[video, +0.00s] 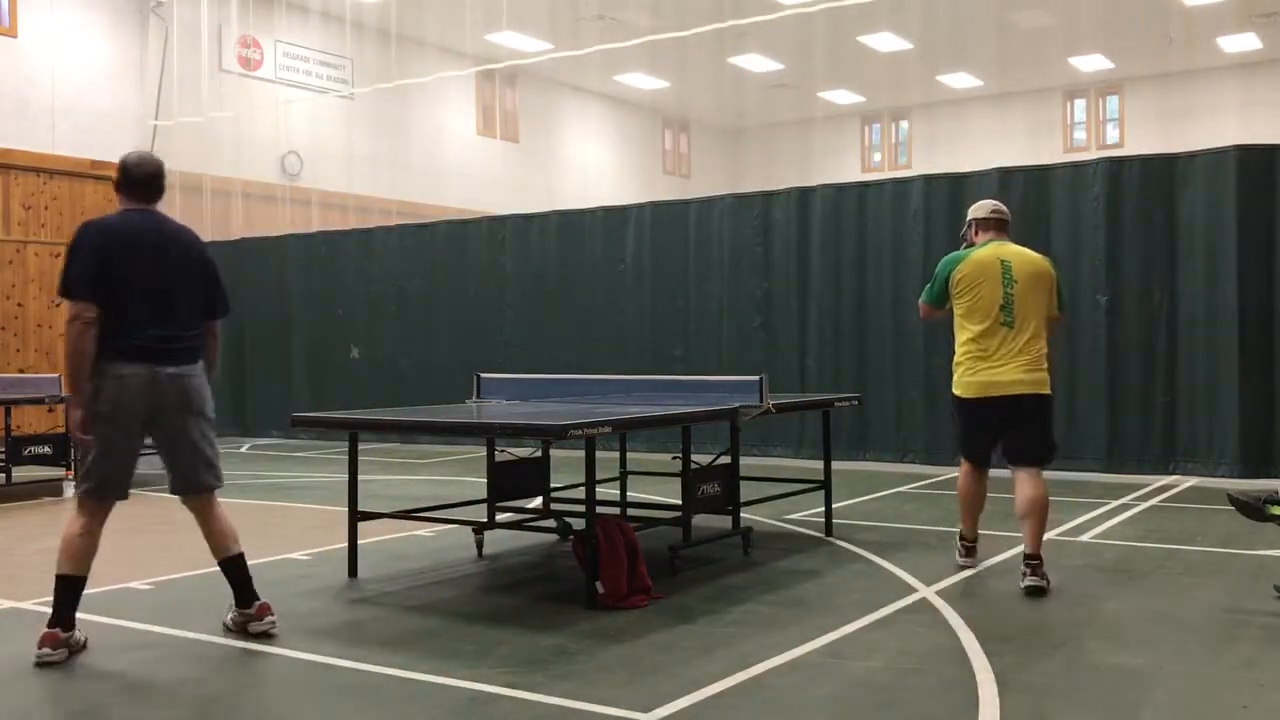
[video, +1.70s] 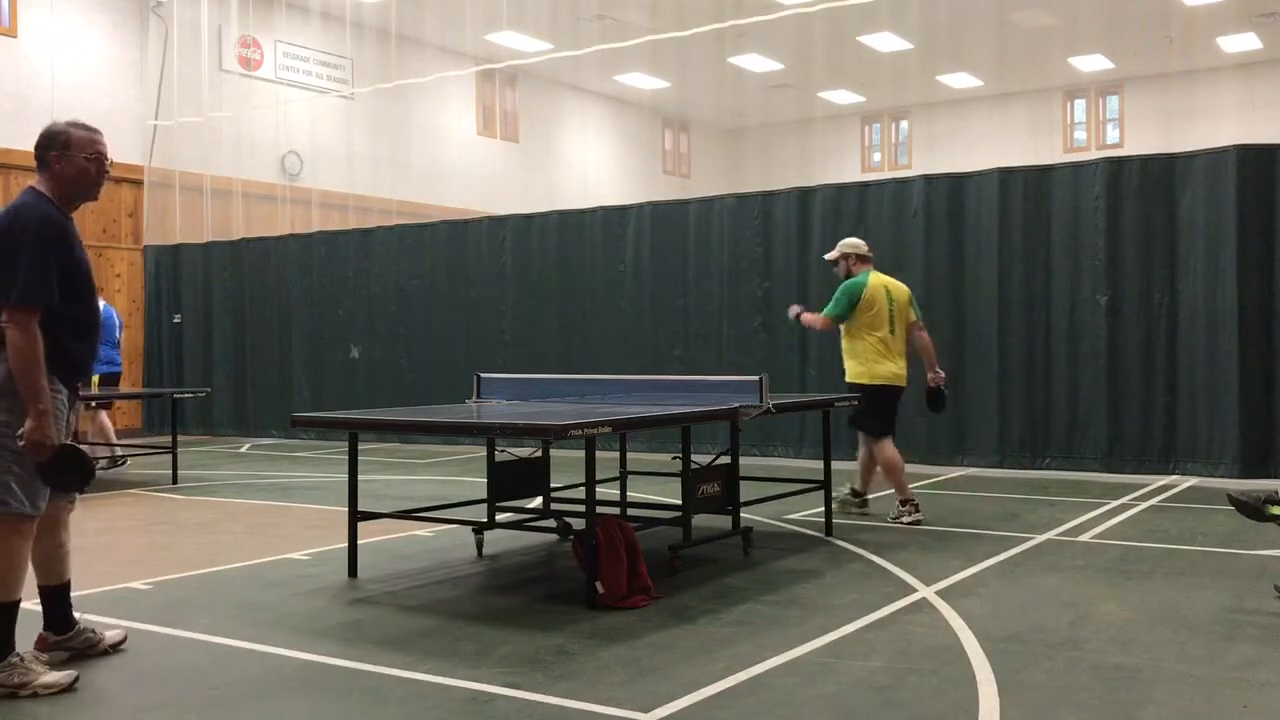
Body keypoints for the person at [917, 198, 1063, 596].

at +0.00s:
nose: (968, 237)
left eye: (968, 232)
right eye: (971, 232)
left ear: (974, 231)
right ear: (1007, 229)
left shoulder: (956, 263)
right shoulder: (1042, 265)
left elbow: (928, 310)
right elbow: (1053, 318)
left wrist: (959, 275)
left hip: (975, 388)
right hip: (1030, 388)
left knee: (973, 464)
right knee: (1029, 469)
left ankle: (968, 545)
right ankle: (1033, 562)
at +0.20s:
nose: (949, 249)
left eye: (948, 244)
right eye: (951, 244)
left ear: (953, 243)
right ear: (986, 239)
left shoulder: (942, 275)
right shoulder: (1022, 272)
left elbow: (916, 318)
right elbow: (1035, 329)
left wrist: (939, 273)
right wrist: (1001, 334)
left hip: (959, 392)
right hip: (1011, 393)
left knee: (963, 463)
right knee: (1023, 465)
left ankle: (969, 544)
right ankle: (1026, 523)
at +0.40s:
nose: (938, 247)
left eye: (937, 242)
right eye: (941, 242)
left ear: (942, 240)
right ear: (973, 234)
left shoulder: (933, 271)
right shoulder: (1011, 268)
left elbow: (900, 304)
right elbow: (1036, 321)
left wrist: (919, 264)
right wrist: (1048, 370)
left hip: (953, 383)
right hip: (1002, 382)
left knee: (960, 457)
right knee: (1003, 445)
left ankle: (969, 541)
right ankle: (1006, 512)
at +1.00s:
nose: (920, 255)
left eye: (920, 250)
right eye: (921, 250)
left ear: (926, 250)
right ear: (952, 246)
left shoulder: (923, 276)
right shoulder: (984, 277)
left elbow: (877, 290)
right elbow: (990, 317)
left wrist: (895, 258)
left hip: (932, 380)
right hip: (977, 380)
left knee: (923, 440)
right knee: (978, 444)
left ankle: (927, 509)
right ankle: (984, 519)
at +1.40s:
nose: (873, 263)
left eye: (872, 258)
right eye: (872, 258)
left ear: (879, 255)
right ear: (903, 252)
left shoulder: (881, 280)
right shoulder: (934, 282)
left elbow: (834, 296)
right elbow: (945, 327)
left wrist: (843, 264)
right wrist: (940, 359)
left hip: (891, 378)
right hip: (929, 377)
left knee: (899, 440)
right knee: (925, 429)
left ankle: (909, 506)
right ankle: (949, 479)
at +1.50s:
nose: (861, 263)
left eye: (861, 257)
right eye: (860, 258)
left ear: (869, 254)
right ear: (891, 252)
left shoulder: (872, 280)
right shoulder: (923, 283)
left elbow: (826, 299)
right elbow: (937, 328)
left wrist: (828, 268)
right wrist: (943, 370)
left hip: (885, 376)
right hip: (918, 375)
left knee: (896, 441)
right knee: (909, 432)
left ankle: (909, 506)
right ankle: (919, 490)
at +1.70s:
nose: (836, 270)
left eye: (838, 264)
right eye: (835, 264)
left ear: (851, 260)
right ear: (864, 260)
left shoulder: (854, 286)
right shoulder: (901, 288)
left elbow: (823, 323)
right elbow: (918, 331)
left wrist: (800, 315)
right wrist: (933, 369)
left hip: (867, 378)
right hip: (895, 378)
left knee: (881, 441)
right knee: (867, 436)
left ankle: (908, 504)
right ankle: (860, 495)